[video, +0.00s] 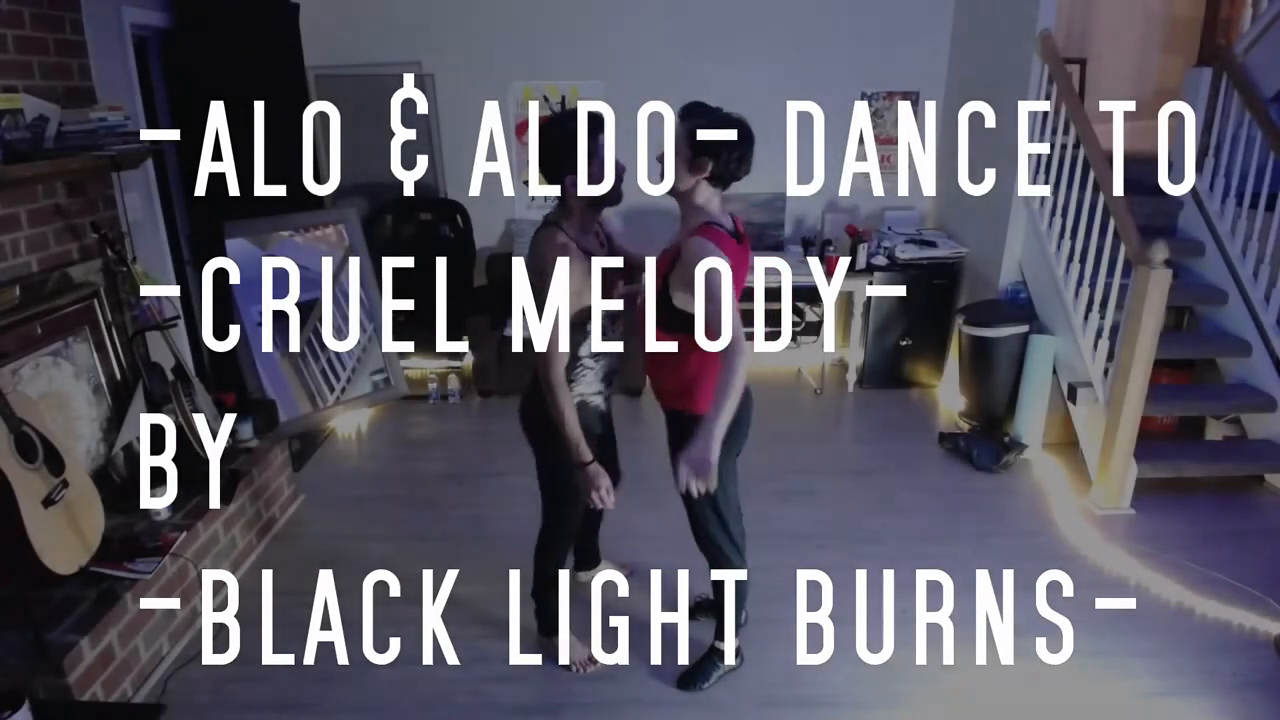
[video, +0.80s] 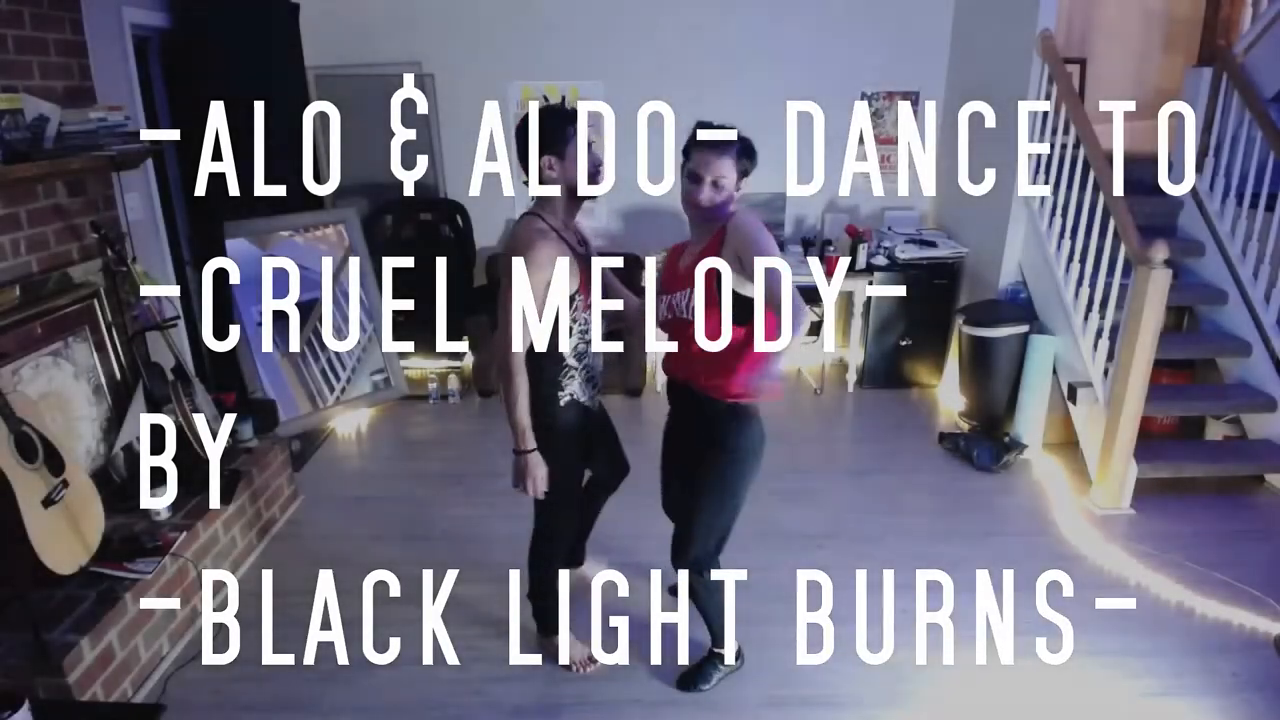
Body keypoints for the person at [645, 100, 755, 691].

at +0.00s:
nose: (664, 159)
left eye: (675, 151)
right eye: (668, 148)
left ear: (702, 164)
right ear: (708, 165)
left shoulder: (708, 251)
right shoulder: (704, 228)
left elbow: (737, 352)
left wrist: (709, 435)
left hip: (704, 413)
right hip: (701, 403)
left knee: (712, 527)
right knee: (715, 514)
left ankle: (727, 645)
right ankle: (727, 600)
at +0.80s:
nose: (701, 195)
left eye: (717, 184)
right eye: (693, 179)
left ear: (740, 186)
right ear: (679, 176)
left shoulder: (744, 234)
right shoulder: (683, 249)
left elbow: (786, 313)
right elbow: (664, 316)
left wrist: (749, 363)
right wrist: (611, 298)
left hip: (731, 421)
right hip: (685, 414)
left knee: (694, 553)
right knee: (680, 514)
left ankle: (725, 648)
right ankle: (686, 584)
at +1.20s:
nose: (708, 201)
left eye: (722, 193)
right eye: (701, 188)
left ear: (740, 195)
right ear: (688, 183)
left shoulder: (749, 246)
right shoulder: (669, 244)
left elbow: (791, 328)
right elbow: (656, 309)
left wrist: (823, 406)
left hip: (739, 410)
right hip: (684, 406)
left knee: (716, 535)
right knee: (684, 510)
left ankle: (726, 647)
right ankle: (721, 576)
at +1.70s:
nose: (697, 192)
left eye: (711, 182)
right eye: (691, 179)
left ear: (733, 184)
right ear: (681, 175)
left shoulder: (747, 243)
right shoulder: (675, 227)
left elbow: (770, 332)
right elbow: (654, 275)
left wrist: (787, 409)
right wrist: (610, 284)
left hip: (734, 388)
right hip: (682, 383)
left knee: (705, 519)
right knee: (674, 490)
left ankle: (705, 644)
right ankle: (711, 565)